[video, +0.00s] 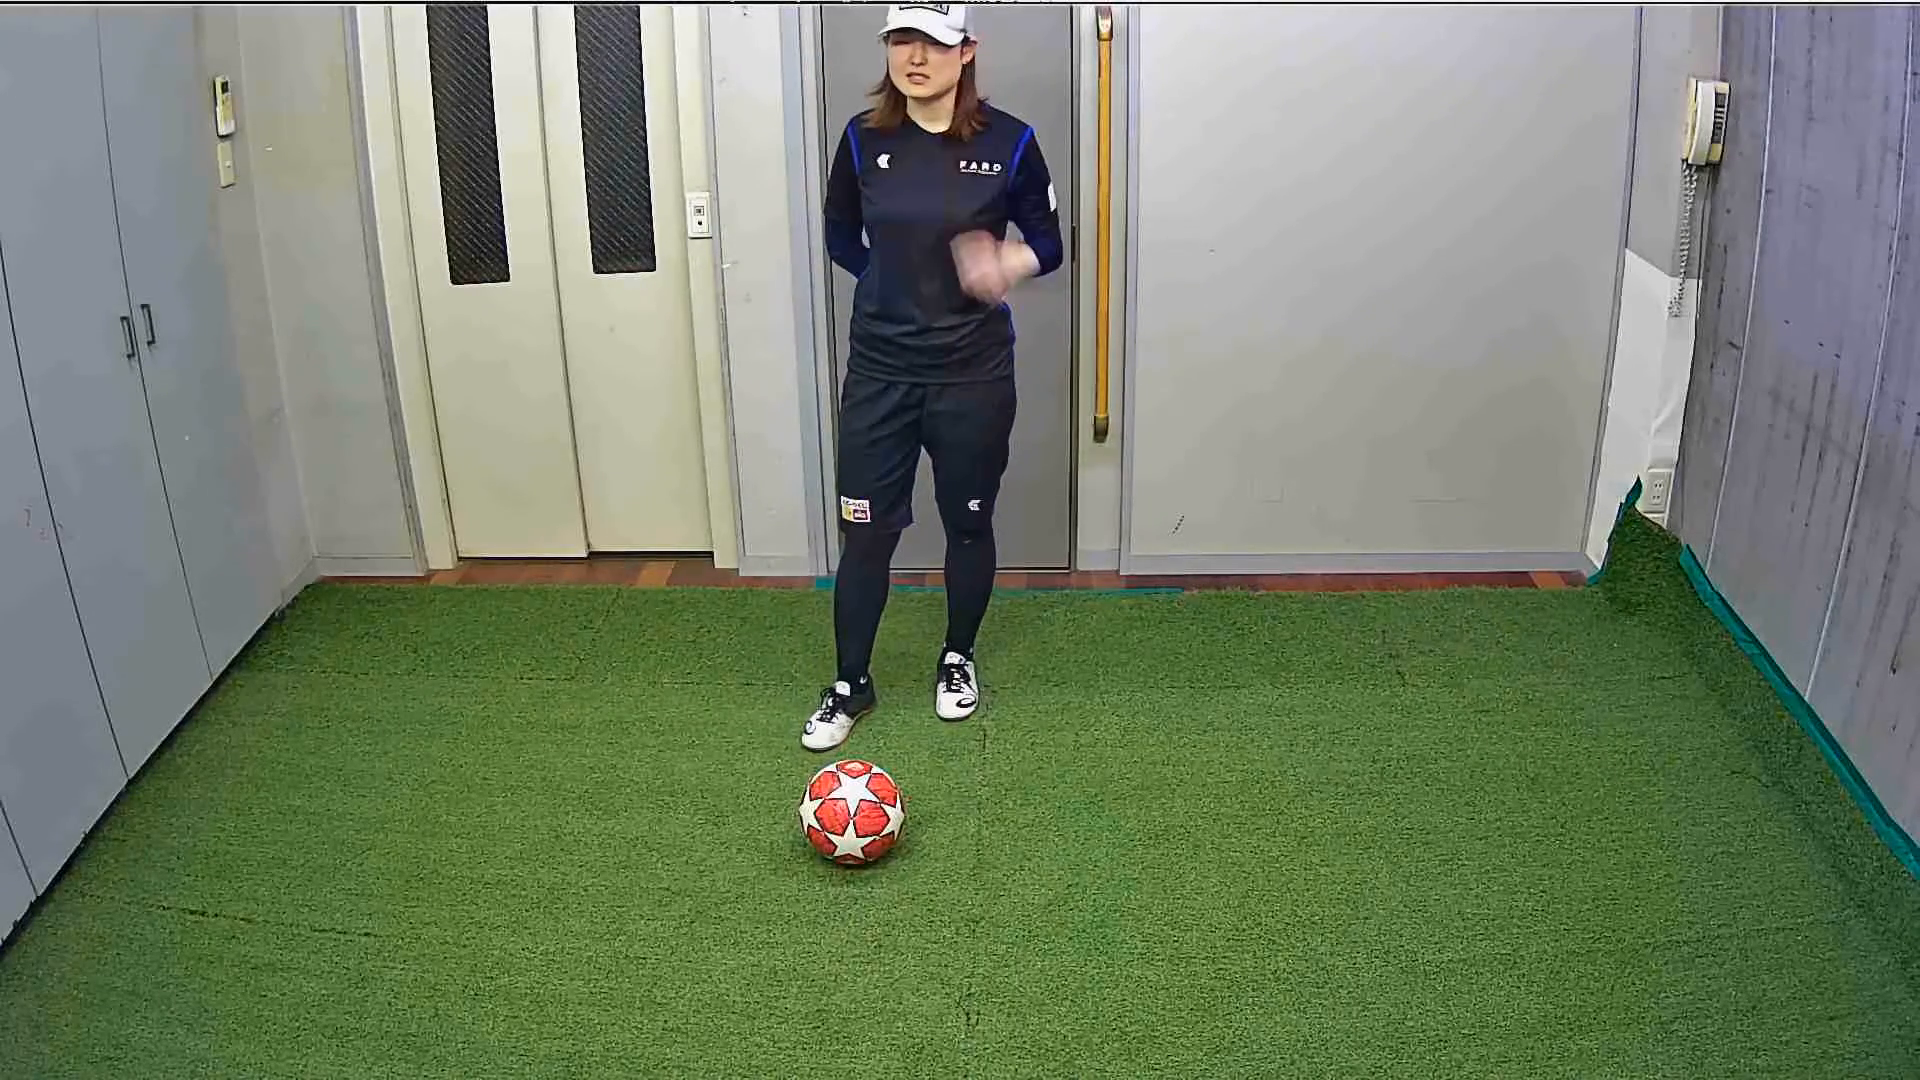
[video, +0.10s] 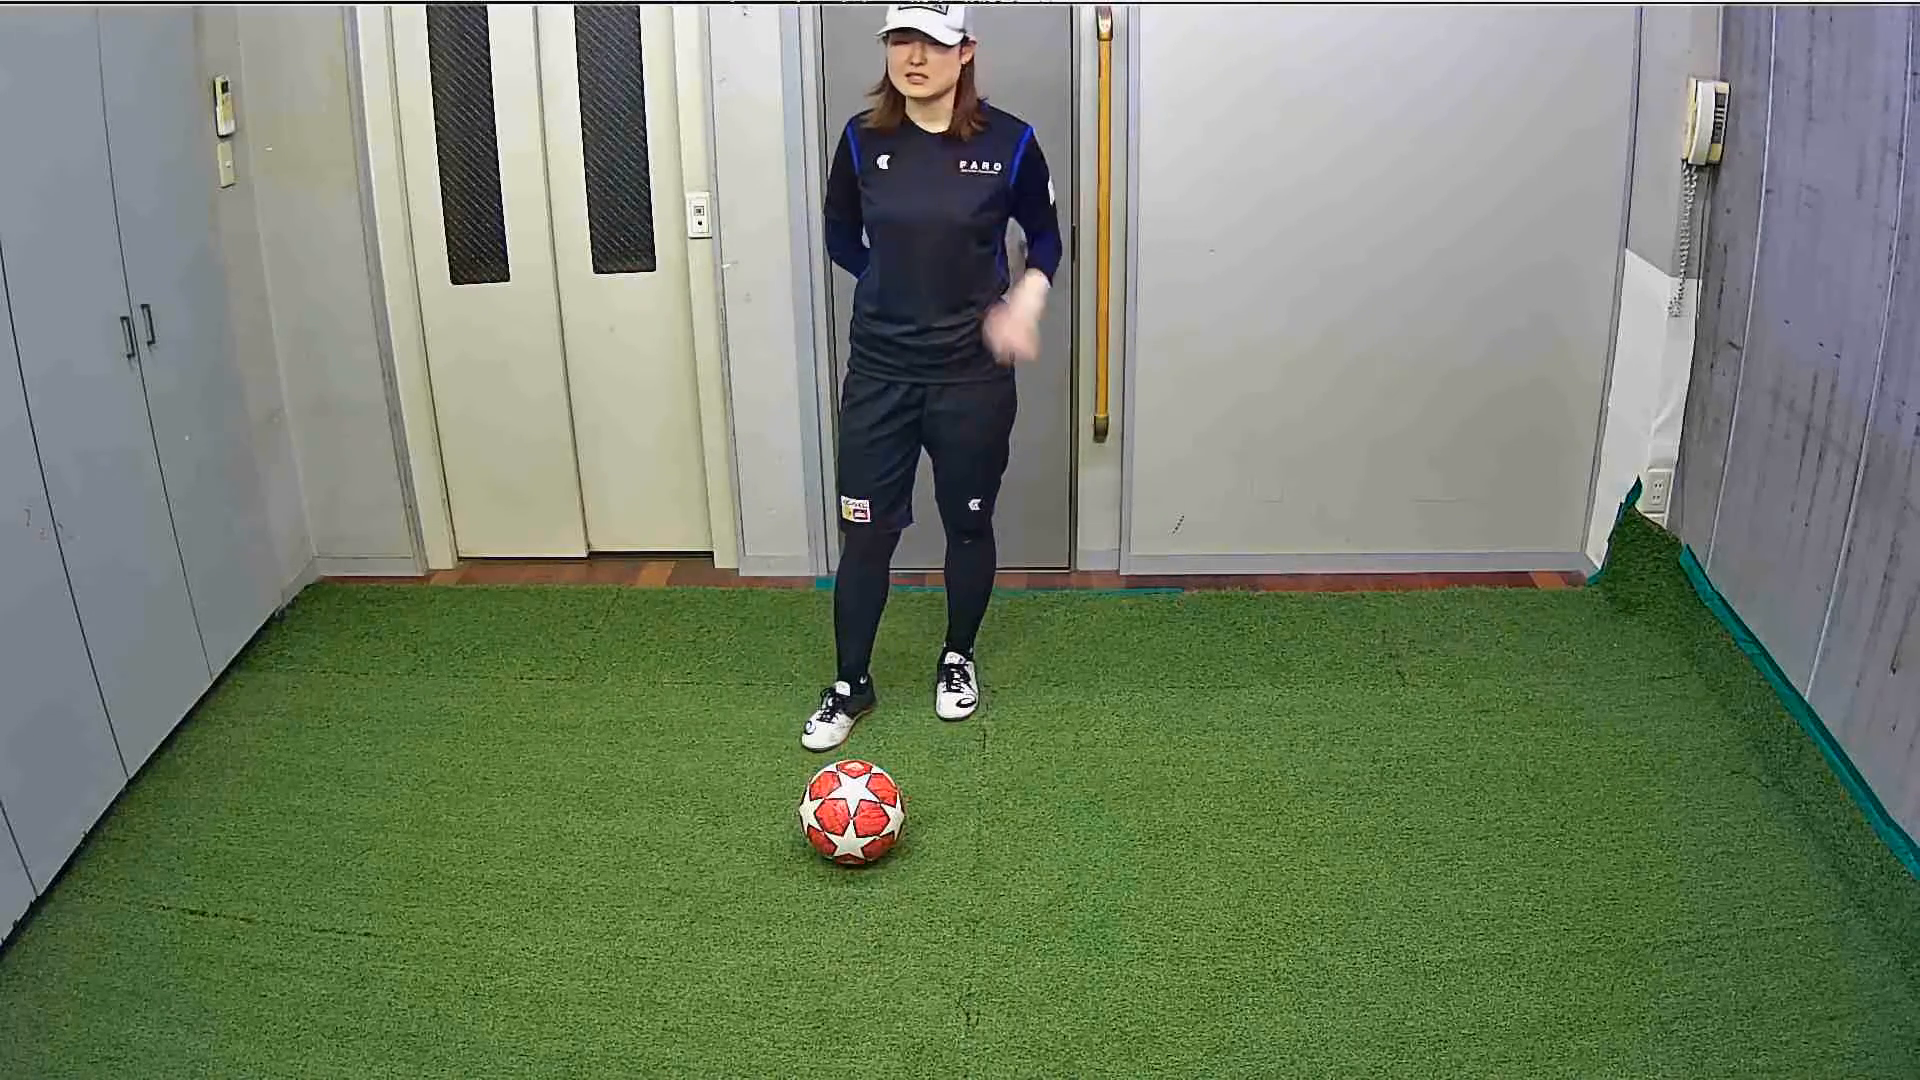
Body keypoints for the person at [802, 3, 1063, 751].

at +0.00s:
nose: (916, 56)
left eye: (933, 44)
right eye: (904, 42)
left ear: (965, 54)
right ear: (888, 54)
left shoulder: (1010, 142)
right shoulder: (864, 138)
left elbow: (1048, 246)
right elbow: (840, 238)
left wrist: (1011, 263)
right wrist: (896, 278)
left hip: (972, 368)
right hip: (879, 364)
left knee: (967, 522)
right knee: (863, 523)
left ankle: (957, 658)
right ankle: (851, 684)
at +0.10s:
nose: (915, 56)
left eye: (932, 44)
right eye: (903, 42)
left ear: (964, 55)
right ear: (887, 54)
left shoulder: (1010, 143)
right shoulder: (862, 139)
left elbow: (1045, 235)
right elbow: (841, 241)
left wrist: (1025, 300)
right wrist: (903, 281)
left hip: (972, 366)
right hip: (879, 364)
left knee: (969, 522)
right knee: (863, 524)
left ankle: (957, 658)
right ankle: (850, 684)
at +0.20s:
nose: (914, 56)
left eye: (931, 44)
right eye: (902, 43)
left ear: (963, 56)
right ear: (887, 56)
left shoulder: (1010, 143)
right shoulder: (863, 139)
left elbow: (1037, 238)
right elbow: (840, 238)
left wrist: (1046, 338)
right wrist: (897, 280)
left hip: (975, 363)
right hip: (881, 364)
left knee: (969, 521)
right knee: (863, 522)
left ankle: (957, 658)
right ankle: (851, 684)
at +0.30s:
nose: (915, 59)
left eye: (931, 47)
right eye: (903, 45)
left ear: (965, 57)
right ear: (888, 57)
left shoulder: (1012, 144)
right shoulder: (864, 139)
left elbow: (1032, 244)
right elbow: (844, 240)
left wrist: (1050, 338)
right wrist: (905, 277)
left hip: (978, 361)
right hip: (883, 362)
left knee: (971, 520)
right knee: (864, 523)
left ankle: (957, 658)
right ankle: (850, 684)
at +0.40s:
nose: (917, 62)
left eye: (933, 49)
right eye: (905, 47)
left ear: (968, 57)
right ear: (890, 56)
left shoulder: (1016, 142)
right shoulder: (866, 138)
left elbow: (1030, 241)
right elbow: (857, 238)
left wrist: (1046, 323)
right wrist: (914, 277)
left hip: (979, 359)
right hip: (885, 359)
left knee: (972, 519)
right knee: (864, 520)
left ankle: (957, 657)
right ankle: (849, 682)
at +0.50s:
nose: (917, 61)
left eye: (934, 49)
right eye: (905, 47)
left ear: (969, 57)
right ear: (890, 57)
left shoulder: (1017, 142)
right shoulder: (866, 136)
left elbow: (1033, 238)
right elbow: (861, 234)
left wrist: (1046, 326)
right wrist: (914, 278)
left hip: (978, 355)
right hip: (884, 353)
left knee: (971, 516)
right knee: (865, 515)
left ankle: (957, 658)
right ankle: (852, 676)